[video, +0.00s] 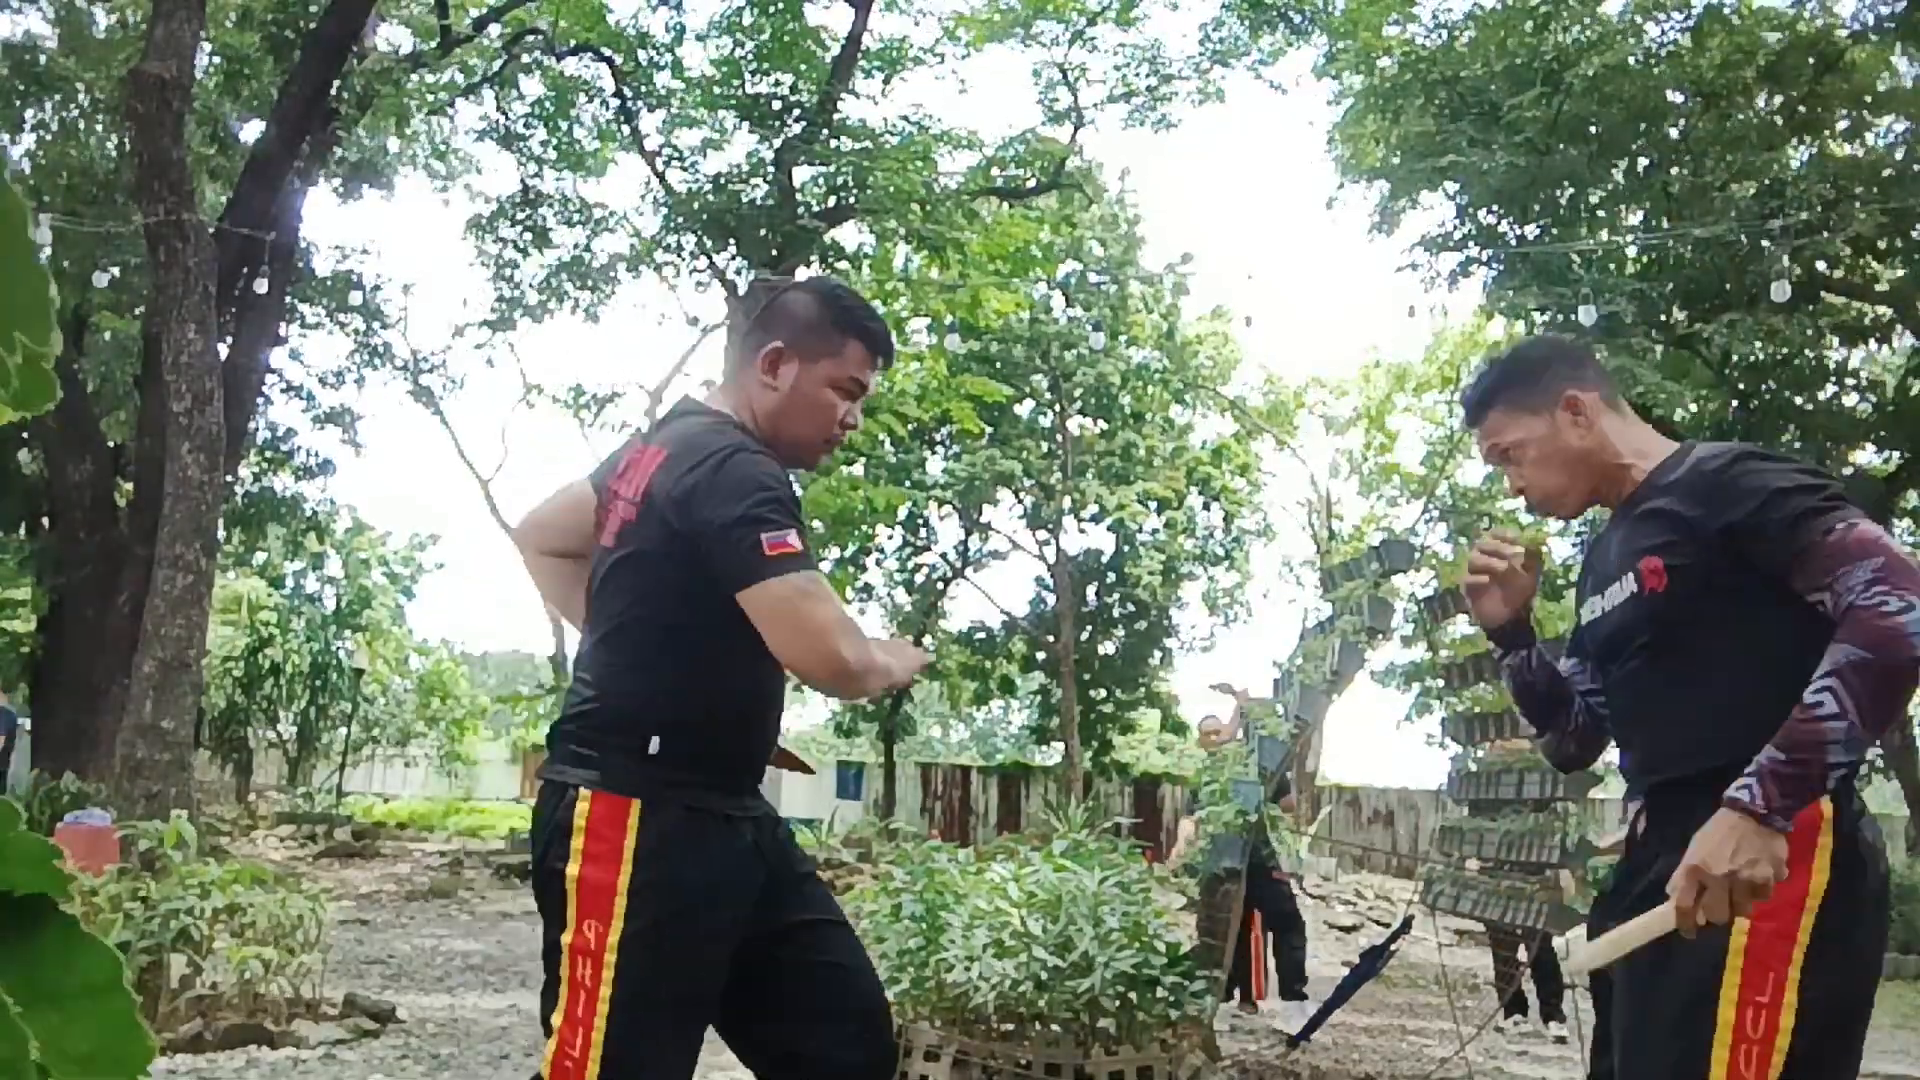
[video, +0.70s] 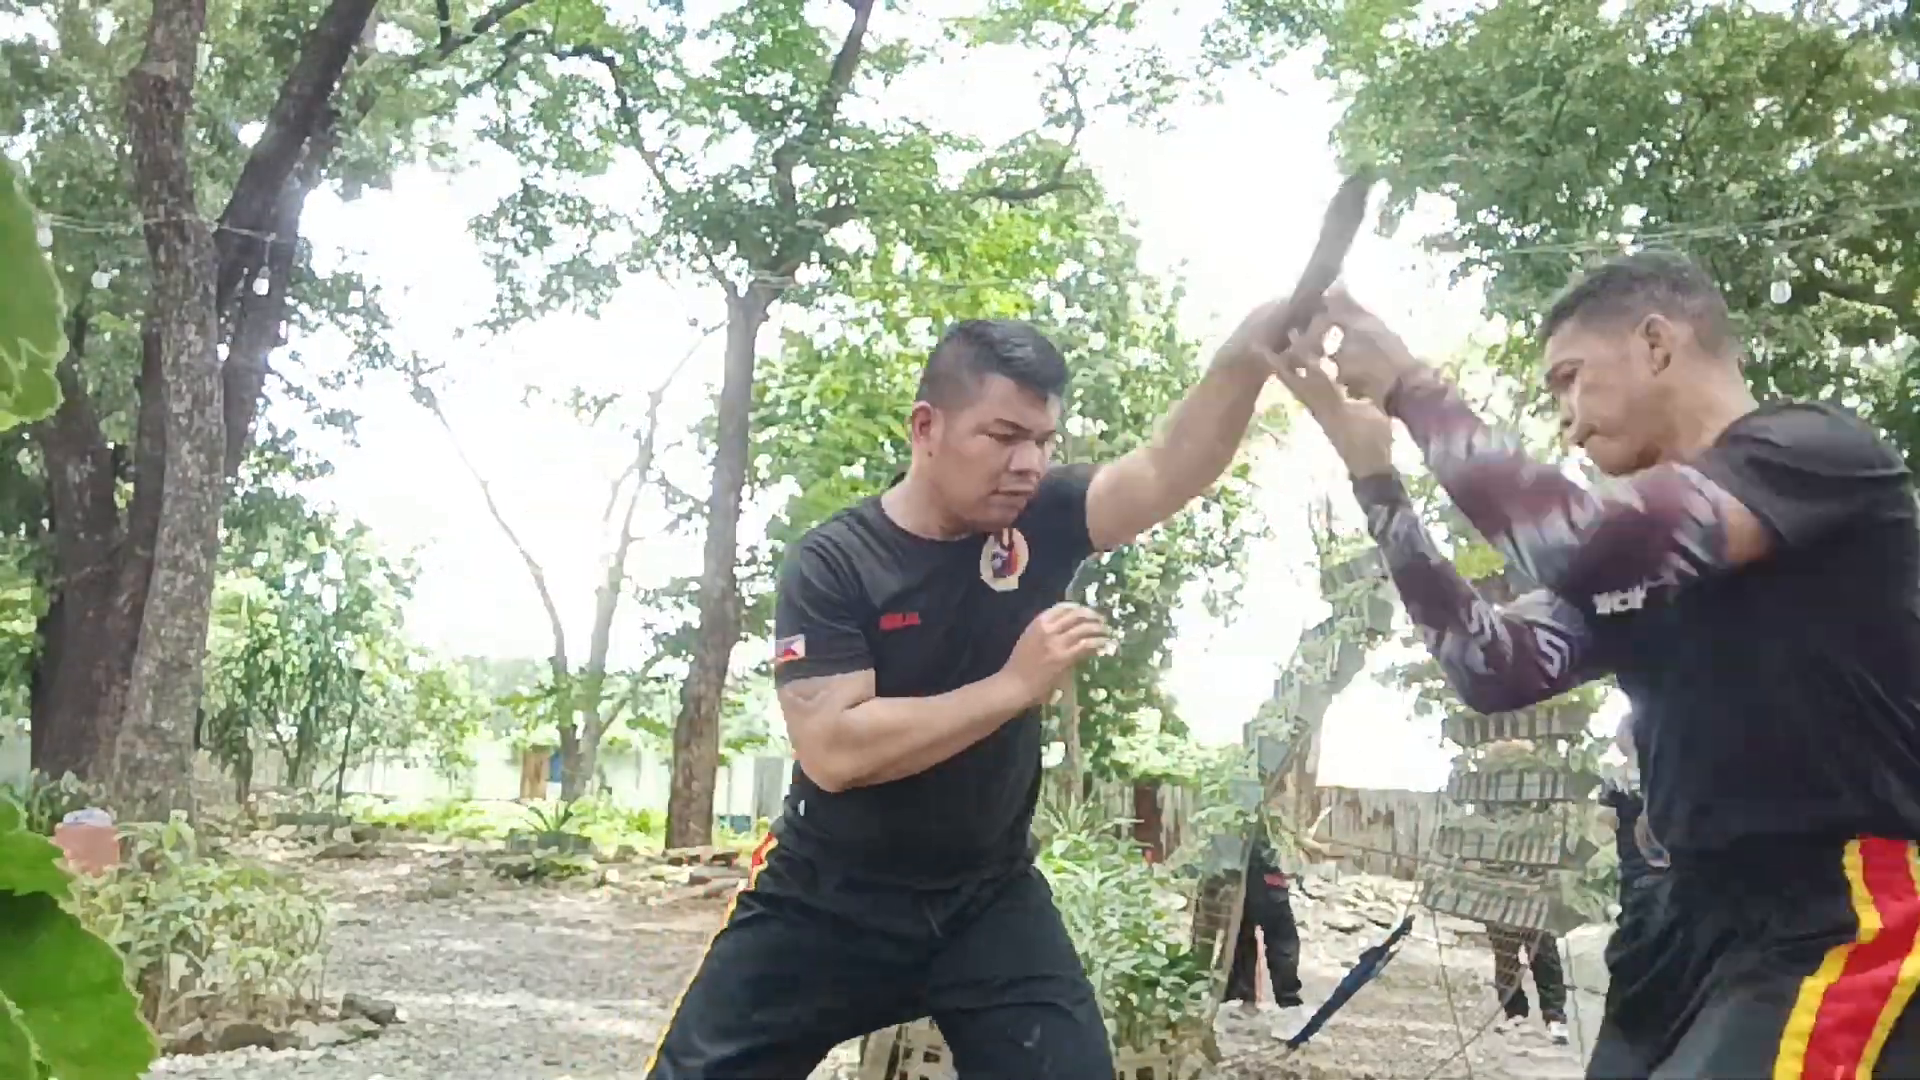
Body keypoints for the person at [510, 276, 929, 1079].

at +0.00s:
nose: (852, 420)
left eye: (860, 401)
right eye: (843, 391)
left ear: (768, 368)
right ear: (772, 366)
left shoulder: (656, 447)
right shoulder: (733, 466)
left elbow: (544, 537)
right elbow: (832, 660)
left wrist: (645, 661)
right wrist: (891, 659)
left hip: (722, 814)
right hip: (634, 814)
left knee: (847, 1048)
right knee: (603, 1066)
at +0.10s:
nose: (936, 434)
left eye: (942, 415)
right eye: (926, 405)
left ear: (854, 390)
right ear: (851, 383)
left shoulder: (832, 500)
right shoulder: (760, 487)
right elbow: (862, 674)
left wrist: (864, 703)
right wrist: (942, 637)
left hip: (801, 845)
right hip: (677, 847)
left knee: (910, 1068)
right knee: (611, 1070)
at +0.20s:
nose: (1001, 467)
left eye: (1007, 445)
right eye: (986, 438)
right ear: (907, 419)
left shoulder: (956, 545)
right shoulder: (781, 524)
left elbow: (971, 664)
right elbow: (843, 708)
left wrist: (1077, 737)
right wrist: (975, 660)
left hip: (877, 880)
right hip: (728, 880)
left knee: (985, 1069)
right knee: (634, 1070)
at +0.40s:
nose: (1108, 502)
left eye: (1118, 479)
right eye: (1087, 473)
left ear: (1120, 482)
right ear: (1002, 461)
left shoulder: (1106, 587)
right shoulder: (880, 555)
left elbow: (1283, 610)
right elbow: (848, 738)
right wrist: (1029, 721)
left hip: (956, 900)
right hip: (790, 890)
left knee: (1053, 1067)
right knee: (663, 1070)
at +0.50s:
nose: (1113, 496)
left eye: (1123, 475)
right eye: (1095, 469)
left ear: (1127, 474)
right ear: (1008, 453)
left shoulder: (1113, 548)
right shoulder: (891, 558)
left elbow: (1286, 503)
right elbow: (869, 744)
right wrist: (1053, 723)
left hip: (969, 900)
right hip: (805, 891)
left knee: (1067, 1065)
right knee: (678, 1066)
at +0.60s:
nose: (1079, 479)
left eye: (1092, 456)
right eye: (1061, 449)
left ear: (1099, 453)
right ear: (976, 432)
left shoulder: (1077, 514)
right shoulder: (867, 564)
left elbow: (1228, 436)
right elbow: (876, 755)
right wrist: (1053, 703)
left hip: (995, 904)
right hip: (830, 900)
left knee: (1081, 1070)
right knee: (702, 1075)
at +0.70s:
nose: (1033, 466)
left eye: (1044, 441)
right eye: (1007, 437)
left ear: (1053, 443)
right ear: (926, 428)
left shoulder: (1042, 523)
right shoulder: (829, 565)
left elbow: (1166, 473)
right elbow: (836, 749)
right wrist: (1014, 687)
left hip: (992, 904)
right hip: (823, 903)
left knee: (1071, 1064)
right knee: (696, 1065)